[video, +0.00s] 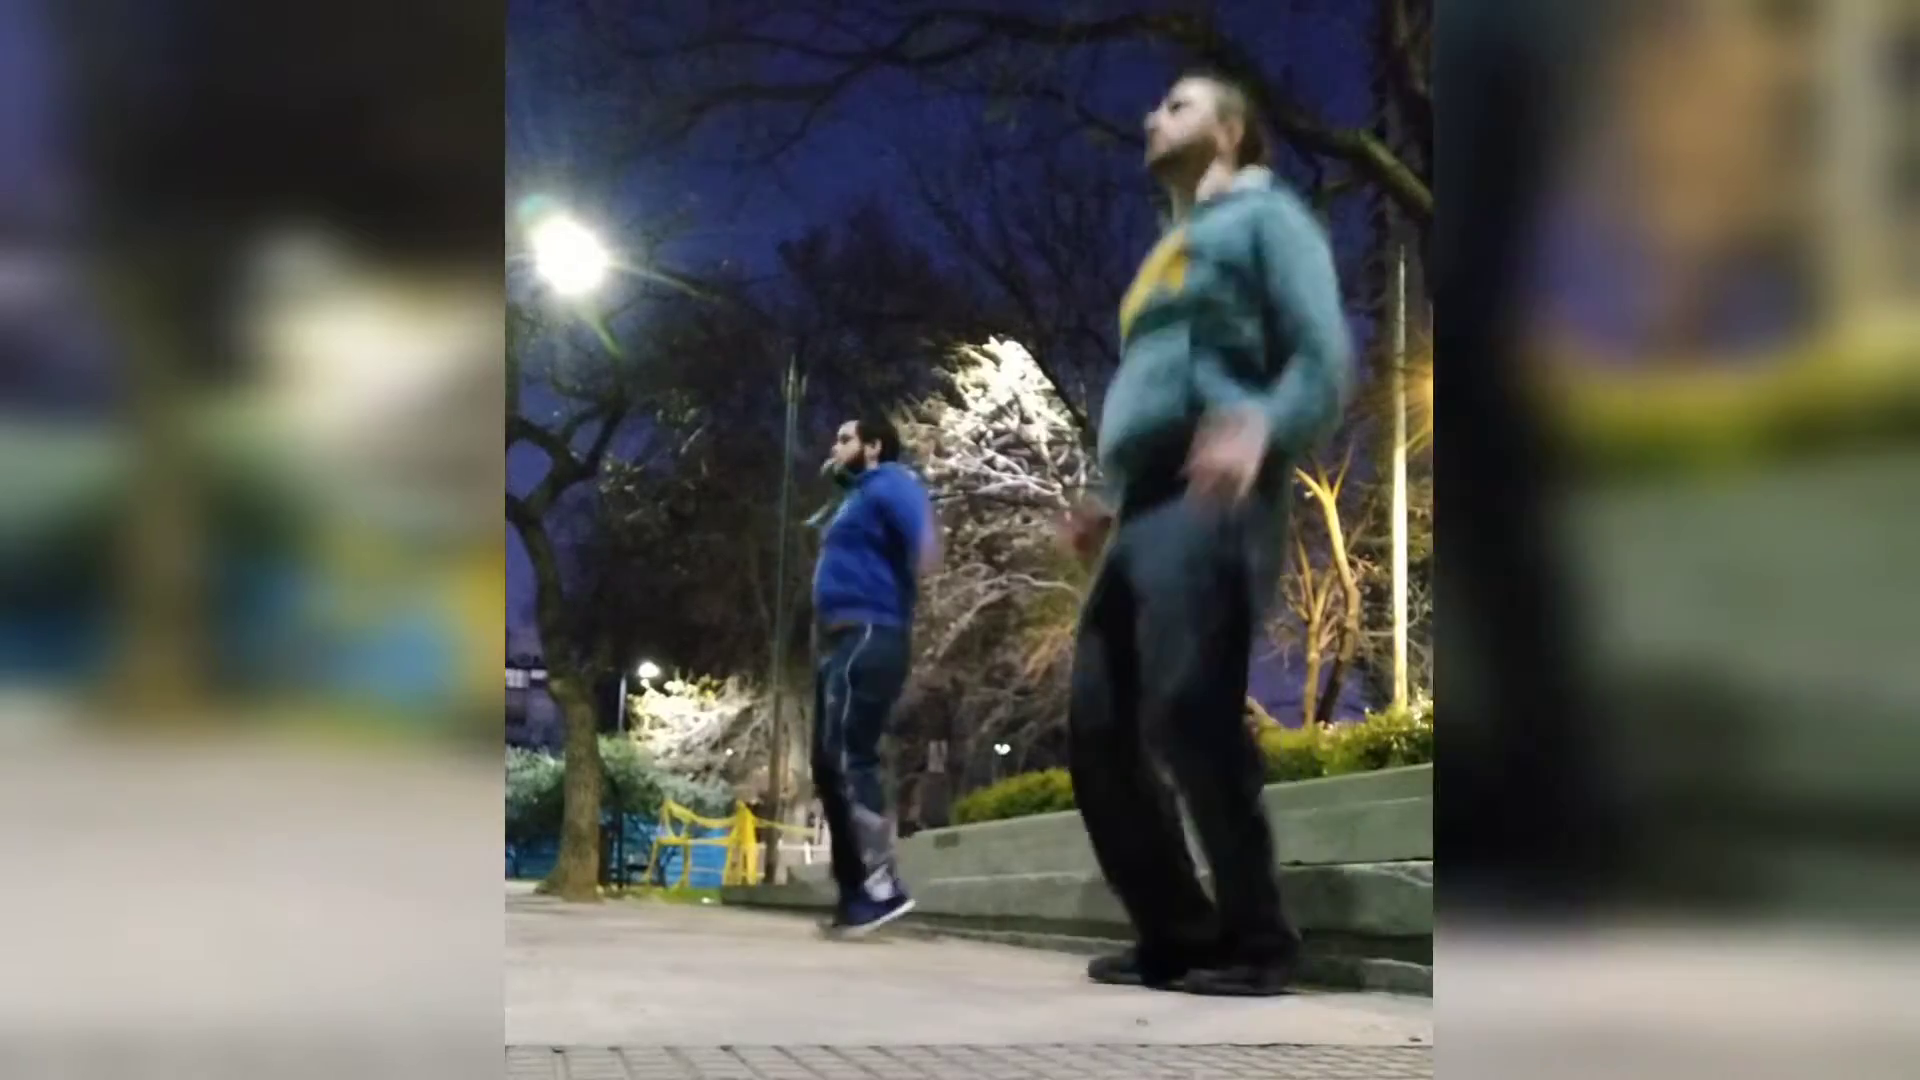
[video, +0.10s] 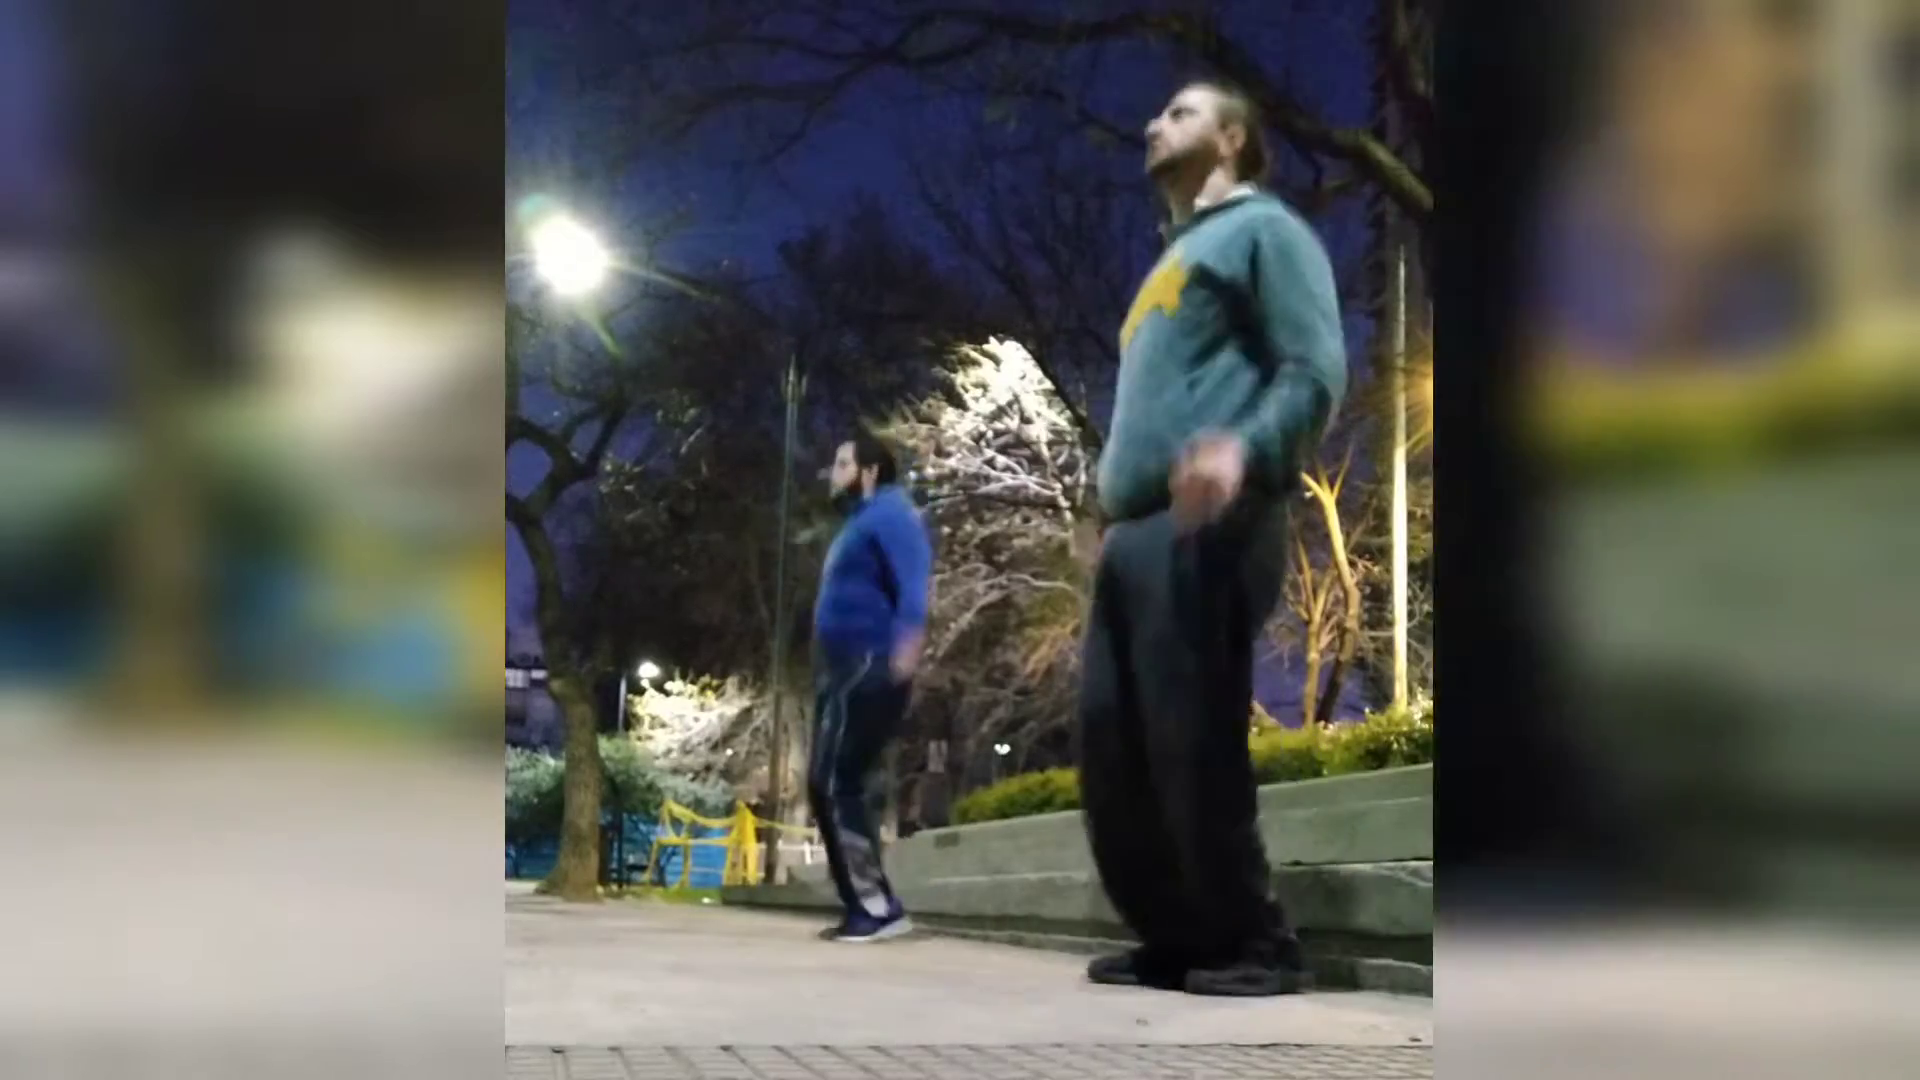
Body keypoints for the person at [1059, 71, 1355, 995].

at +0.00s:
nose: (1156, 115)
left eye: (1180, 102)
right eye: (1159, 105)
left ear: (1232, 130)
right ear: (1168, 137)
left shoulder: (1268, 214)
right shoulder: (1171, 245)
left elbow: (1327, 358)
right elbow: (1149, 382)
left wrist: (1260, 424)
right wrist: (1107, 496)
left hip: (1211, 492)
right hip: (1137, 507)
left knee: (1189, 712)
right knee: (1099, 729)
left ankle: (1256, 942)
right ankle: (1174, 936)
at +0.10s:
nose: (1158, 121)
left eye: (1182, 109)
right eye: (1160, 113)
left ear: (1232, 138)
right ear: (1171, 149)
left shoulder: (1266, 228)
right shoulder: (1176, 252)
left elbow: (1317, 371)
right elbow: (1165, 391)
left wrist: (1240, 450)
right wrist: (1120, 507)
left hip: (1207, 524)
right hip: (1134, 531)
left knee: (1193, 736)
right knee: (1110, 736)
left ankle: (1254, 947)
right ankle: (1172, 940)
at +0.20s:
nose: (1167, 69)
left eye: (1191, 53)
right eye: (1168, 59)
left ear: (1250, 80)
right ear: (1178, 98)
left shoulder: (1281, 163)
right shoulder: (1173, 203)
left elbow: (1297, 191)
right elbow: (1156, 341)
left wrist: (1246, 179)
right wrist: (1106, 395)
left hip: (1222, 424)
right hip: (1145, 446)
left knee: (1224, 665)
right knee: (1126, 679)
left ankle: (1266, 915)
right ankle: (1156, 911)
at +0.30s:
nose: (1169, 58)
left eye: (1194, 45)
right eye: (1168, 50)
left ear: (1249, 75)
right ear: (1176, 94)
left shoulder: (1268, 151)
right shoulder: (1170, 202)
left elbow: (1334, 96)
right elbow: (1133, 309)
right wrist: (1040, 279)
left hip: (1224, 415)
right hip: (1146, 438)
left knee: (1244, 655)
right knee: (1124, 686)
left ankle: (1316, 898)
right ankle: (1129, 897)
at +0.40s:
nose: (1170, 93)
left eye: (1193, 83)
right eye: (1171, 86)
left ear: (1240, 109)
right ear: (1170, 118)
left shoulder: (1258, 169)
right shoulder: (1145, 229)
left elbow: (1314, 39)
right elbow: (1105, 225)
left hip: (1224, 456)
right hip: (1147, 479)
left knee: (1267, 699)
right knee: (1103, 713)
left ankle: (1384, 945)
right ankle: (1098, 915)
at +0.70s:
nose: (1162, 85)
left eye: (1184, 75)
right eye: (1164, 77)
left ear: (1235, 99)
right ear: (1169, 111)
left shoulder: (1260, 158)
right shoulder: (1153, 224)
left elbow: (1343, 56)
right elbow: (1105, 270)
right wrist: (1043, 201)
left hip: (1227, 442)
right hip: (1155, 464)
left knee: (1259, 693)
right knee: (1114, 704)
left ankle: (1366, 937)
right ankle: (1106, 913)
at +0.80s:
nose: (1150, 72)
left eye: (1172, 58)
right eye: (1151, 62)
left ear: (1227, 80)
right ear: (1167, 95)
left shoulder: (1244, 151)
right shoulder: (1160, 202)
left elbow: (1338, 184)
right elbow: (1146, 353)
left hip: (1223, 425)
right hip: (1156, 446)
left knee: (1225, 656)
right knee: (1121, 676)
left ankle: (1286, 909)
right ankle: (1158, 906)